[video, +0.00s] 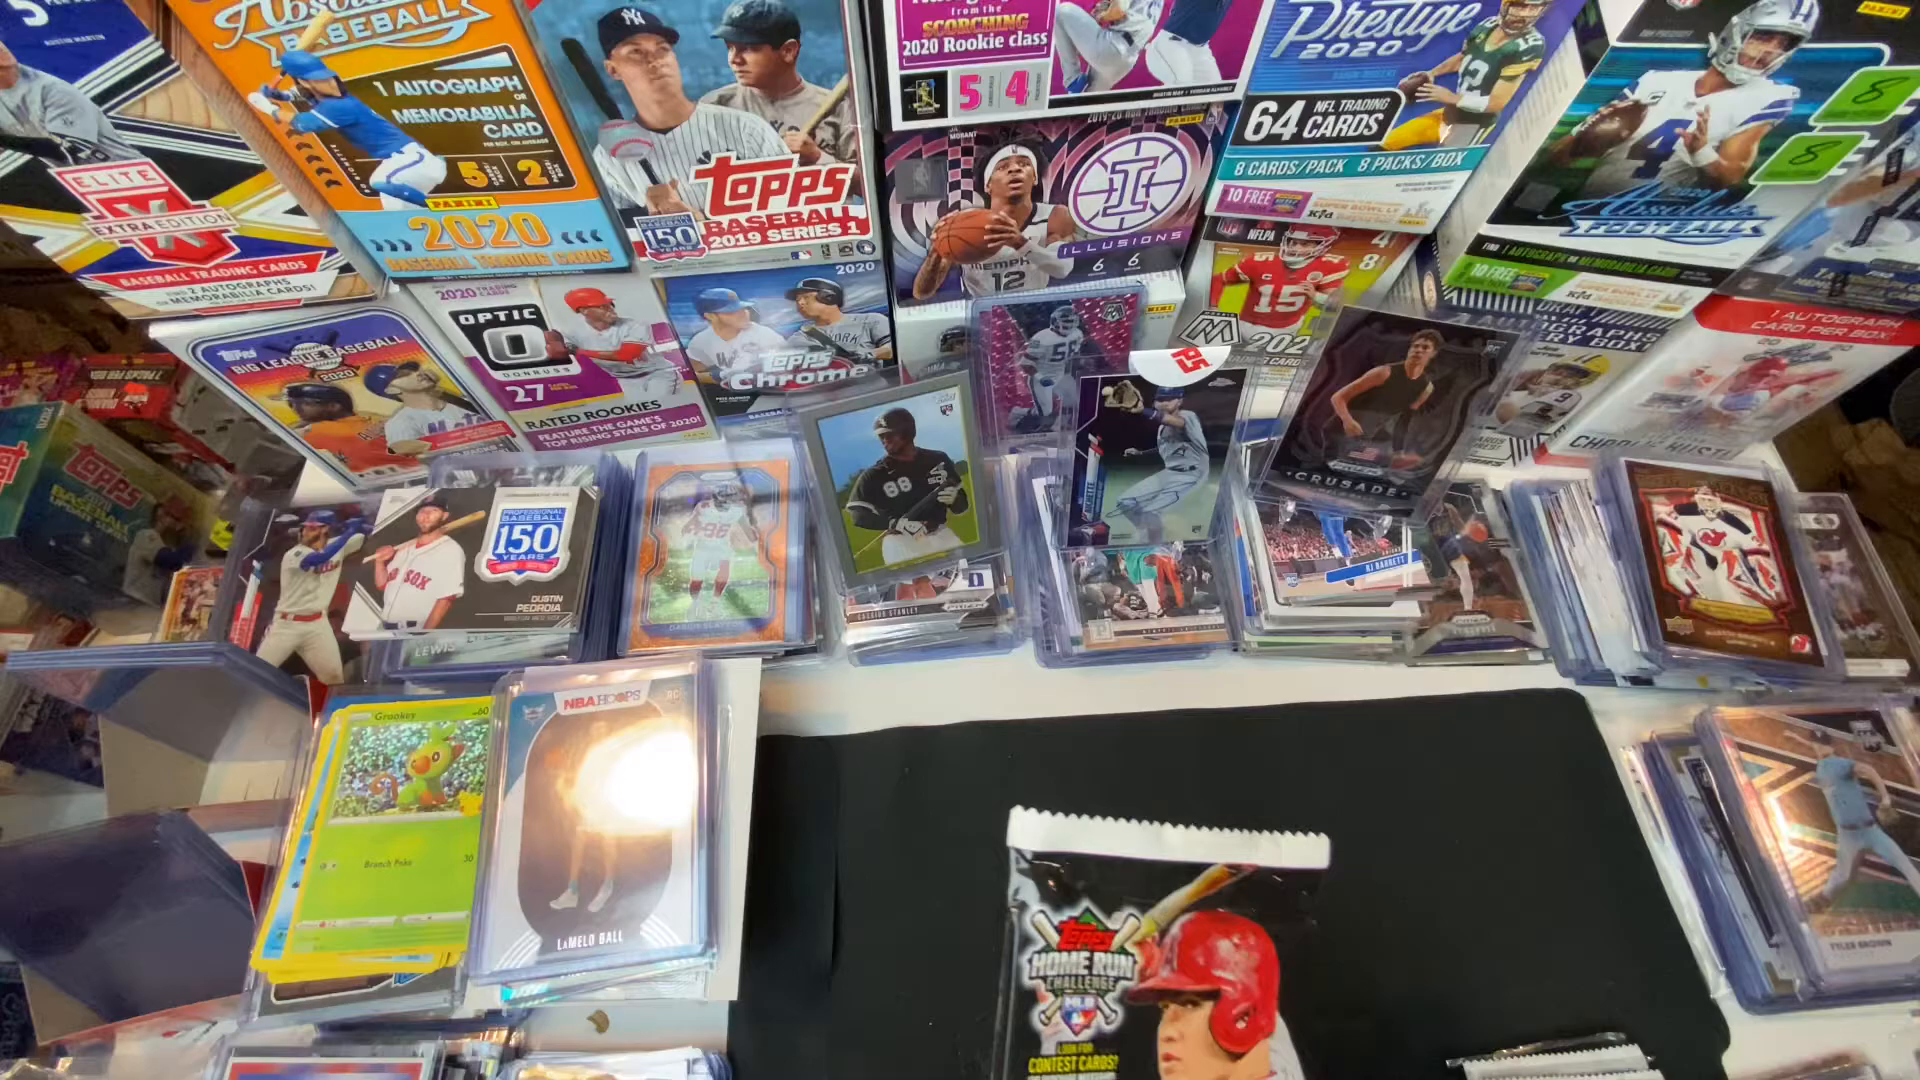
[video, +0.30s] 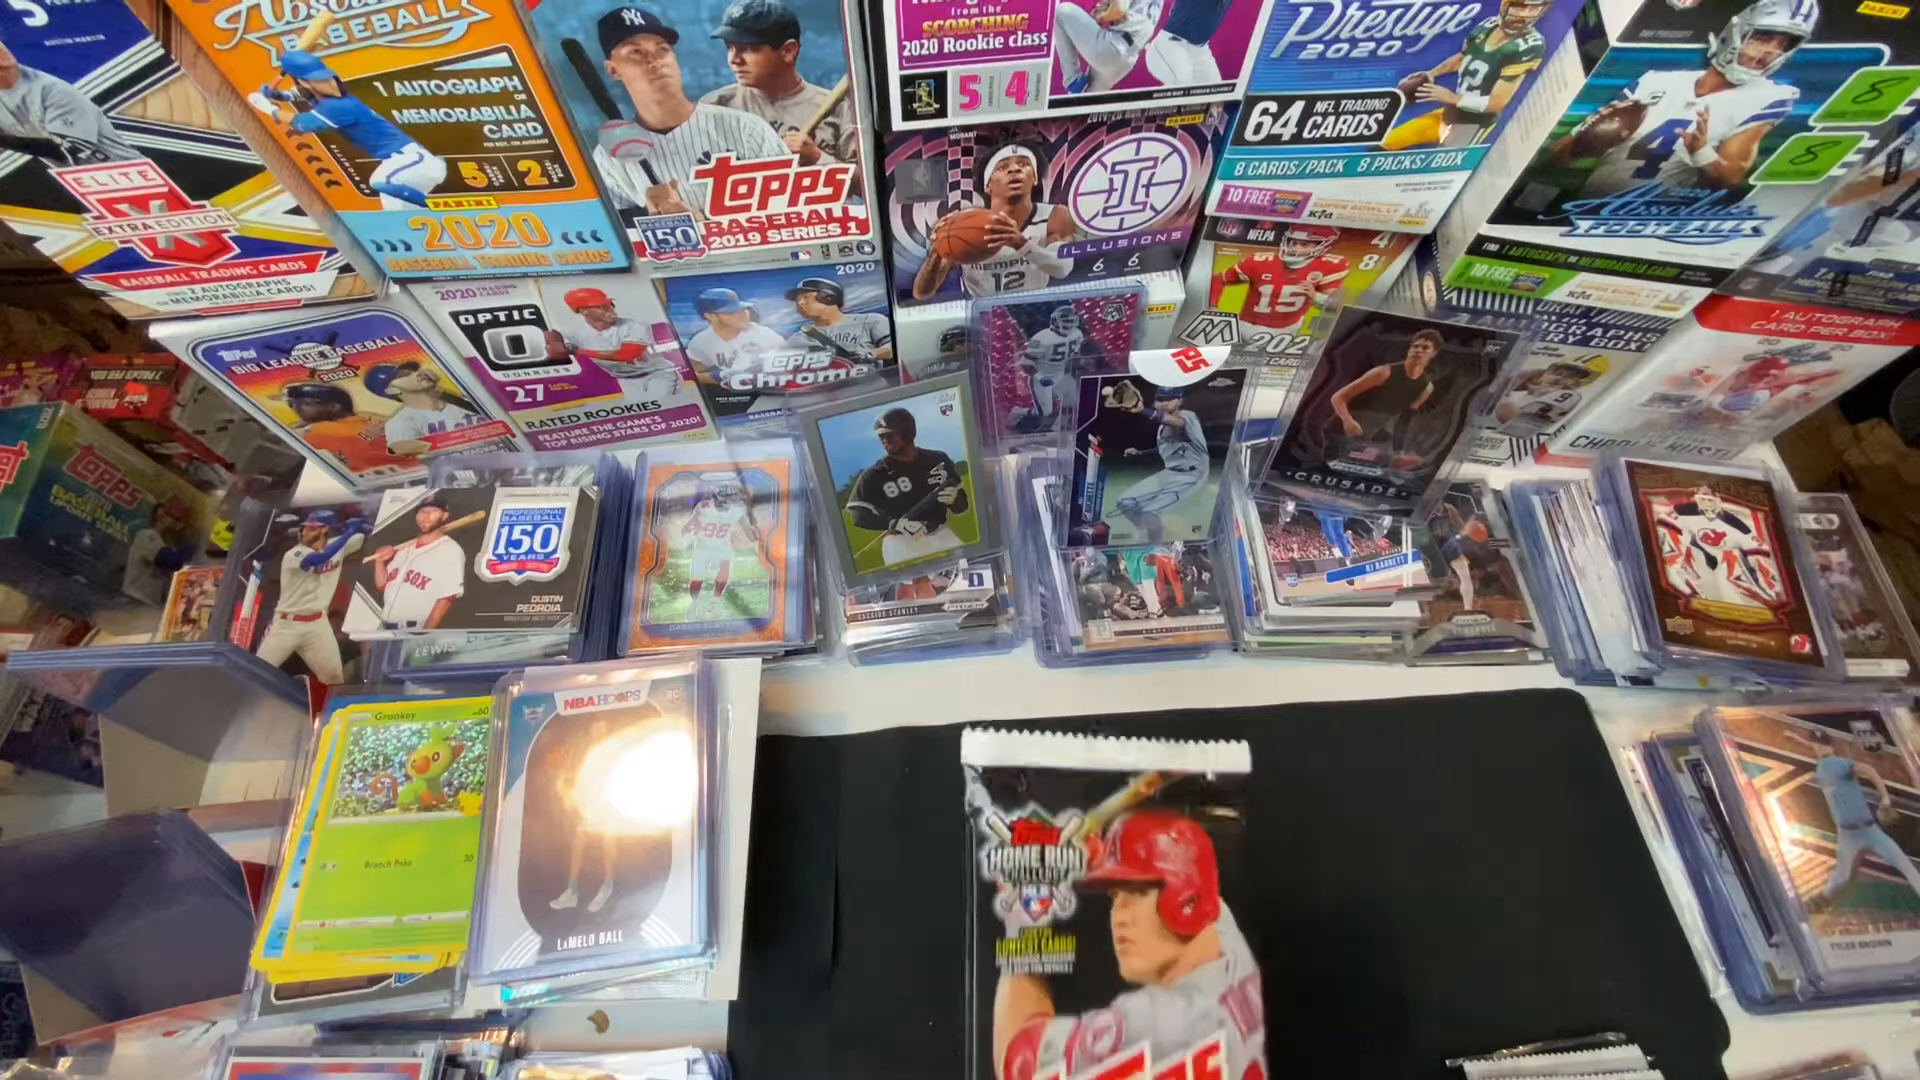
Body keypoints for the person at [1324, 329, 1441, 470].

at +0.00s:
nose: (1418, 351)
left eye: (1425, 348)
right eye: (1415, 346)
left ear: (1433, 354)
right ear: (1409, 349)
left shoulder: (1426, 389)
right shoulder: (1384, 373)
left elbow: (1404, 418)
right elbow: (1338, 397)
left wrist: (1398, 454)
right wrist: (1348, 421)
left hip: (1371, 436)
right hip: (1340, 430)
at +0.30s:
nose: (1418, 351)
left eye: (1425, 348)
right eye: (1415, 346)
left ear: (1433, 354)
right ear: (1409, 349)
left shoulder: (1426, 389)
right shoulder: (1384, 373)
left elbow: (1404, 418)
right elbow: (1338, 398)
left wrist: (1398, 454)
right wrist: (1347, 421)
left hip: (1372, 437)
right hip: (1340, 430)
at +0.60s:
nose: (1418, 350)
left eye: (1425, 347)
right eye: (1415, 346)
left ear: (1433, 354)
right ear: (1409, 349)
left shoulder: (1426, 388)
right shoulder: (1384, 373)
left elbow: (1406, 414)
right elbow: (1343, 394)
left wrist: (1400, 451)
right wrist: (1348, 420)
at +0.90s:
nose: (1418, 350)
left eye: (1425, 347)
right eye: (1415, 346)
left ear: (1433, 354)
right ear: (1410, 349)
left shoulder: (1426, 388)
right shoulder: (1384, 373)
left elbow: (1405, 416)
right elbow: (1339, 397)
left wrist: (1400, 450)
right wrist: (1347, 420)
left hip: (1385, 444)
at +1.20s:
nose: (1418, 350)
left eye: (1425, 347)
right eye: (1415, 346)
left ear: (1434, 354)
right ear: (1410, 349)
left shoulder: (1426, 388)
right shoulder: (1384, 373)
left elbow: (1404, 414)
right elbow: (1338, 397)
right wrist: (1348, 420)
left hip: (1390, 445)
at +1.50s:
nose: (1418, 350)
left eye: (1425, 347)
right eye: (1415, 346)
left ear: (1433, 354)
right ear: (1409, 349)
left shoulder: (1426, 389)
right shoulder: (1384, 373)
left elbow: (1404, 418)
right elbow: (1338, 397)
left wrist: (1399, 452)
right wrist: (1348, 421)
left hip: (1384, 441)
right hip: (1356, 436)